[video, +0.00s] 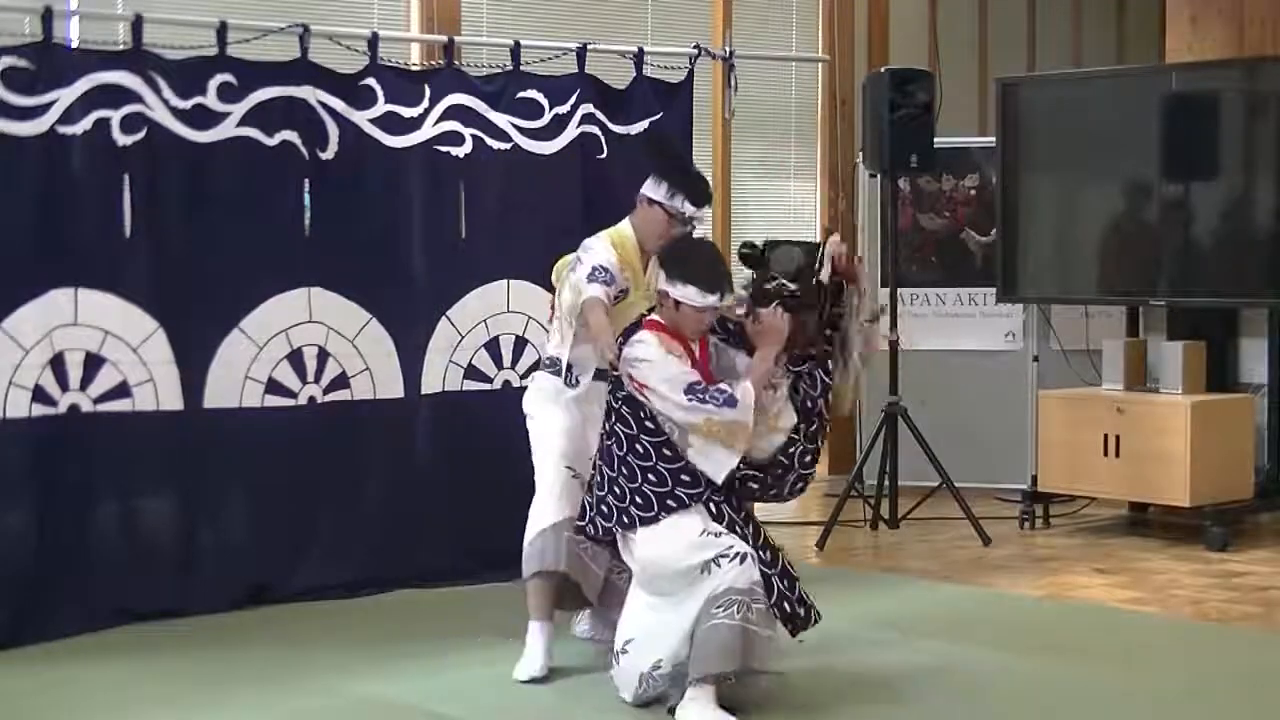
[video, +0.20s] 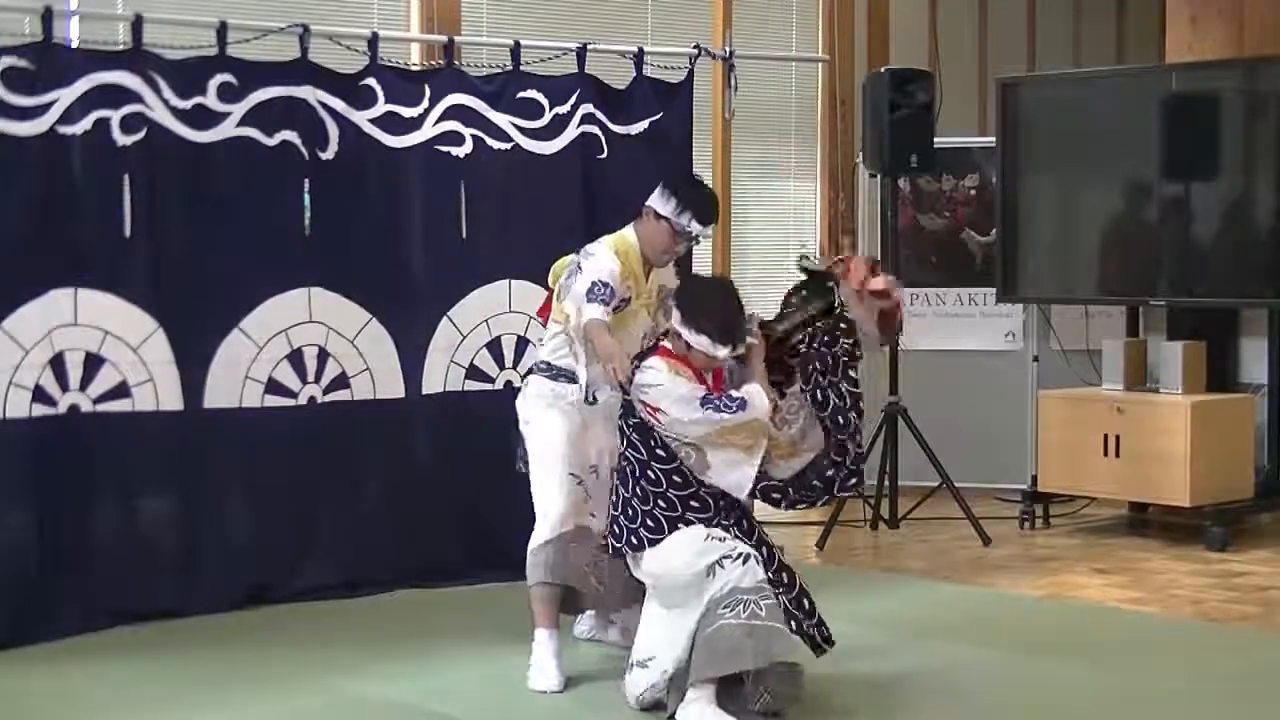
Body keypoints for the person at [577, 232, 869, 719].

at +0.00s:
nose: (709, 317)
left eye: (715, 306)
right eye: (699, 307)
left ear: (722, 299)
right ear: (665, 298)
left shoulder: (711, 345)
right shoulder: (645, 350)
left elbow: (762, 435)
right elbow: (716, 414)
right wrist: (766, 355)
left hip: (696, 497)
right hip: (648, 501)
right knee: (736, 565)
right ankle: (700, 694)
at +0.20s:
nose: (717, 360)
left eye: (726, 351)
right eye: (707, 348)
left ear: (735, 344)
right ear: (679, 330)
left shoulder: (721, 374)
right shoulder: (654, 376)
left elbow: (778, 448)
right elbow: (700, 417)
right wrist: (757, 379)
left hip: (709, 517)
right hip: (660, 517)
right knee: (741, 568)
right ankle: (699, 697)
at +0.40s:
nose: (729, 380)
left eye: (739, 371)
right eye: (720, 369)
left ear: (752, 355)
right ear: (698, 347)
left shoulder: (746, 372)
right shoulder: (674, 385)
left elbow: (785, 414)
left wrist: (808, 346)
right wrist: (808, 352)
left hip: (726, 518)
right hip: (678, 521)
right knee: (738, 566)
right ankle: (698, 695)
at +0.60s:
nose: (760, 382)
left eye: (767, 373)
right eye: (754, 373)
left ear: (776, 358)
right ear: (730, 358)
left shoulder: (772, 380)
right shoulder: (697, 390)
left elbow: (814, 464)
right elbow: (760, 458)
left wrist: (826, 392)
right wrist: (813, 400)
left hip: (739, 514)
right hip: (687, 514)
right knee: (739, 563)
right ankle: (698, 692)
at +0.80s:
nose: (776, 382)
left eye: (782, 373)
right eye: (770, 372)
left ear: (782, 361)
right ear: (744, 356)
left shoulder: (762, 379)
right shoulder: (709, 390)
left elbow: (798, 434)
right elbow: (747, 444)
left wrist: (819, 369)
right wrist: (808, 401)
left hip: (740, 517)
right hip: (693, 519)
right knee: (743, 563)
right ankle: (698, 693)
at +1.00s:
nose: (780, 385)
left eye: (789, 377)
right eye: (772, 376)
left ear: (801, 359)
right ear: (751, 358)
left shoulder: (793, 379)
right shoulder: (719, 385)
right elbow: (784, 454)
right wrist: (849, 403)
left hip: (744, 517)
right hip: (693, 512)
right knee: (736, 563)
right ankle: (698, 694)